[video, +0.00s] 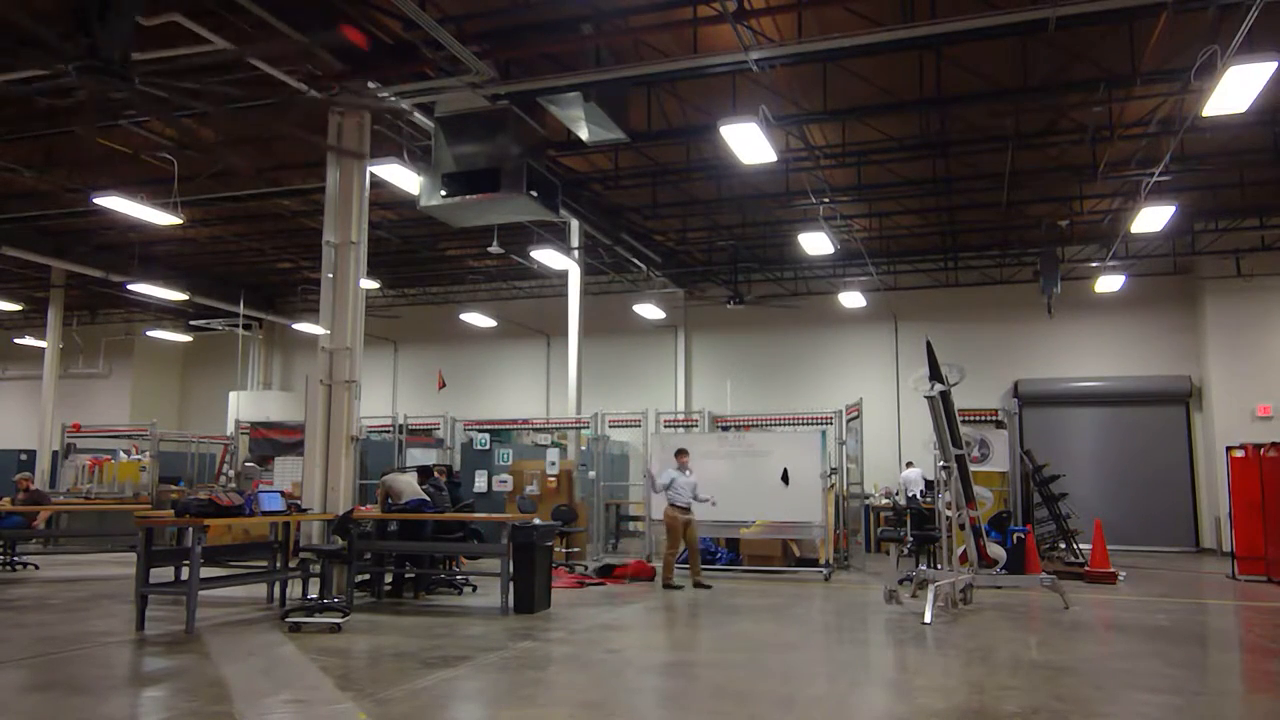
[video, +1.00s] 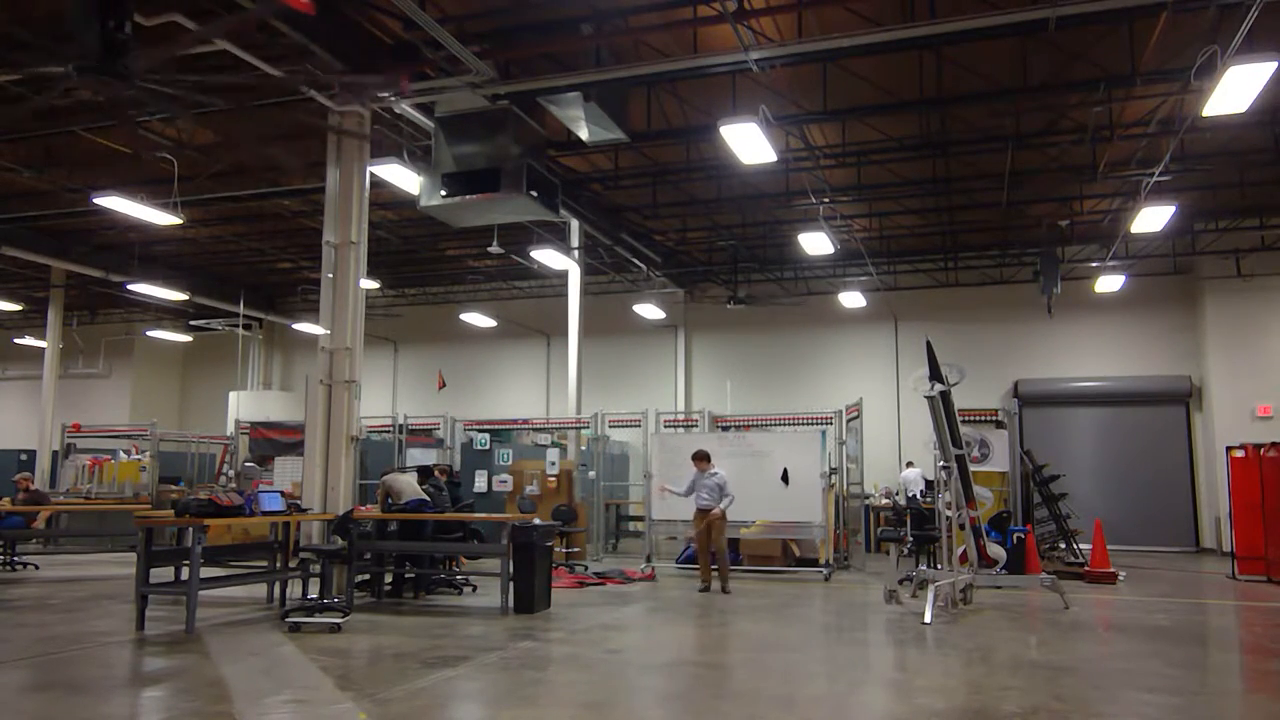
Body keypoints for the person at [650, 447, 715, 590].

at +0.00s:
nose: (684, 460)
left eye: (686, 457)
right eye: (681, 457)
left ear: (689, 458)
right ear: (676, 459)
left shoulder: (691, 477)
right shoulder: (671, 473)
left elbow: (695, 496)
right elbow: (657, 489)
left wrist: (708, 498)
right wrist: (652, 478)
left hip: (687, 512)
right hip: (673, 511)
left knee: (693, 547)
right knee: (673, 548)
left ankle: (697, 579)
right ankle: (667, 580)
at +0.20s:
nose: (692, 461)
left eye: (695, 458)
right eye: (689, 458)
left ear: (699, 460)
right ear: (685, 461)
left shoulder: (704, 477)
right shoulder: (682, 476)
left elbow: (707, 495)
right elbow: (671, 492)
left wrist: (712, 504)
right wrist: (656, 485)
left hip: (699, 511)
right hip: (684, 510)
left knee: (702, 546)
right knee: (684, 546)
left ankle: (703, 580)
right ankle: (670, 579)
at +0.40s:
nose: (692, 465)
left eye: (694, 462)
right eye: (691, 462)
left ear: (702, 462)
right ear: (691, 462)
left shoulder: (713, 477)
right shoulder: (689, 475)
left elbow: (719, 496)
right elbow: (680, 493)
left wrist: (713, 507)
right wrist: (662, 491)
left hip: (706, 511)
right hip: (690, 510)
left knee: (705, 546)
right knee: (693, 544)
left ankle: (703, 579)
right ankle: (688, 579)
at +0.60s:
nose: (693, 468)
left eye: (695, 465)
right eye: (692, 466)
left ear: (703, 463)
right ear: (694, 465)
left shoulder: (716, 479)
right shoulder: (694, 476)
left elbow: (723, 499)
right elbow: (686, 493)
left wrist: (713, 508)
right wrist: (668, 489)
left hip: (710, 514)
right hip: (694, 513)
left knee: (708, 547)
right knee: (700, 547)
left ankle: (706, 577)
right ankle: (703, 579)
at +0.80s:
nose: (693, 468)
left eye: (695, 465)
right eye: (693, 466)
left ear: (703, 463)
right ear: (696, 464)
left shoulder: (717, 478)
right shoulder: (695, 476)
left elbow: (725, 498)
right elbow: (688, 493)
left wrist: (714, 508)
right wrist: (671, 490)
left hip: (713, 515)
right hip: (698, 515)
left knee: (713, 549)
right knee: (701, 549)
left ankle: (712, 578)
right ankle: (705, 581)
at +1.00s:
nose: (696, 467)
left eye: (697, 464)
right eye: (695, 464)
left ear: (705, 462)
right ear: (698, 463)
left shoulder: (719, 477)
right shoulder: (698, 475)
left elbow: (729, 496)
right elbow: (686, 492)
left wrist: (720, 508)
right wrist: (668, 489)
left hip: (716, 514)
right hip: (700, 514)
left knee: (720, 548)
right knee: (702, 548)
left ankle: (724, 582)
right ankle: (705, 582)